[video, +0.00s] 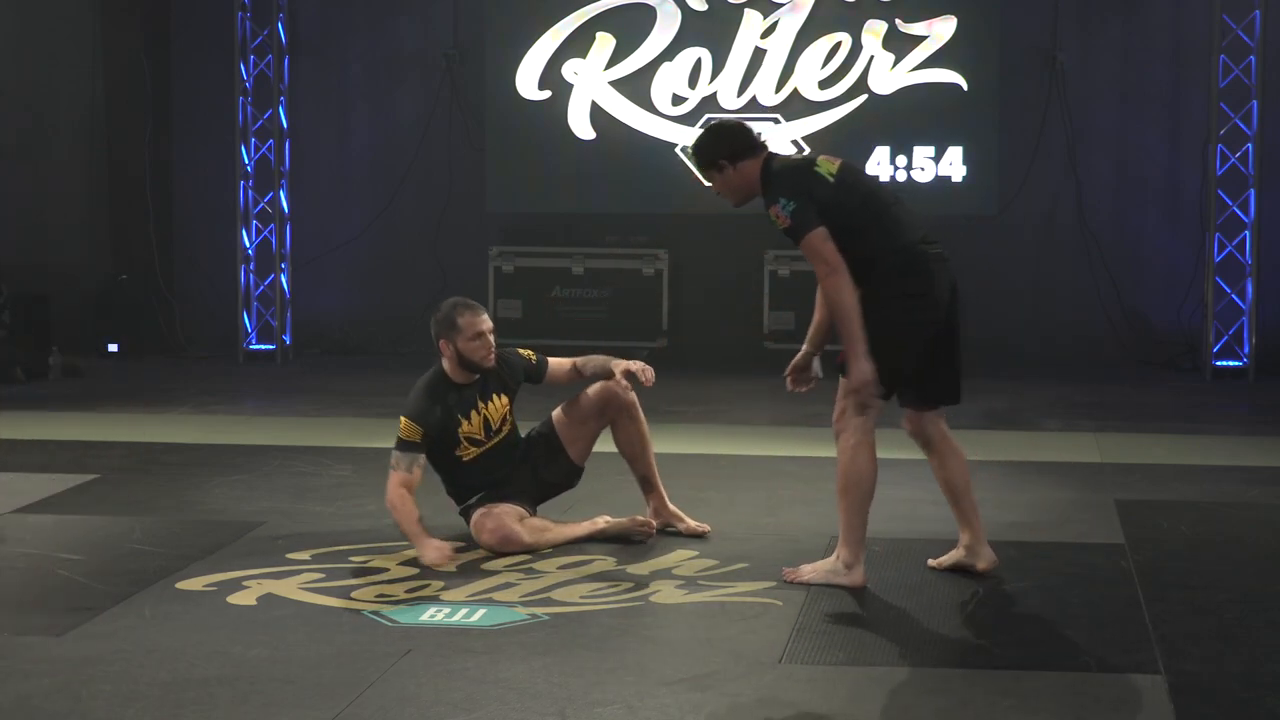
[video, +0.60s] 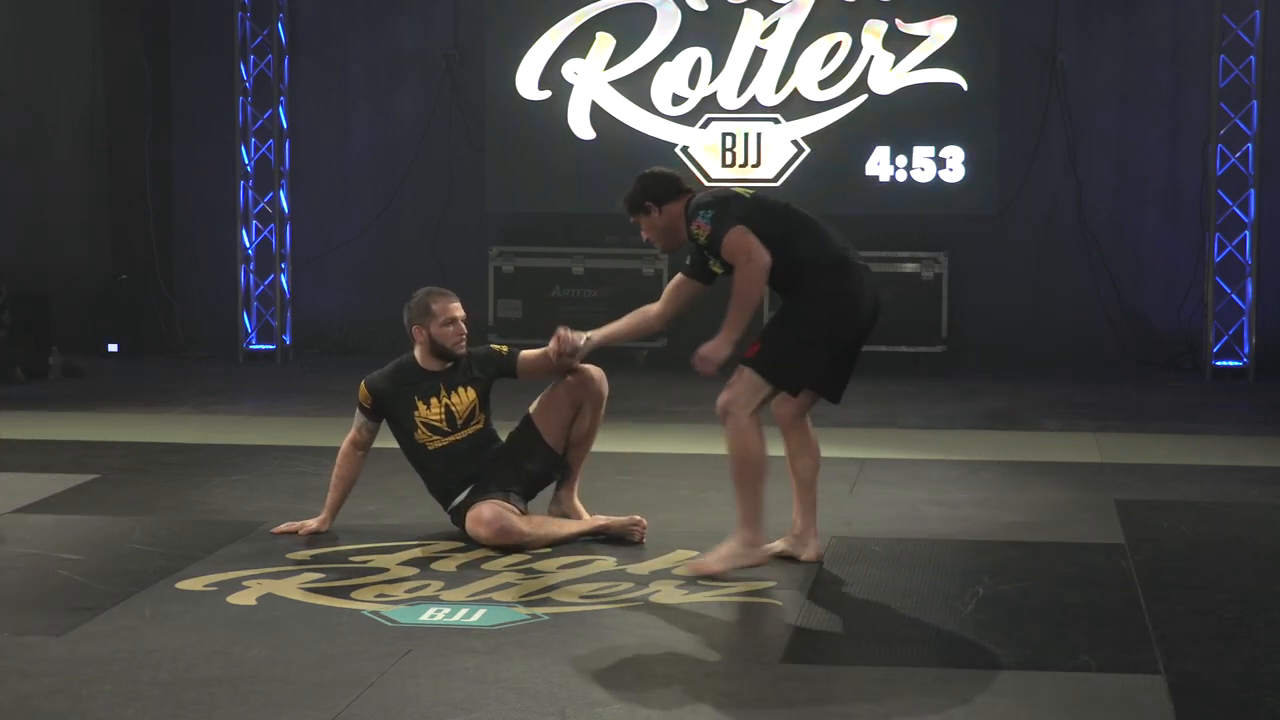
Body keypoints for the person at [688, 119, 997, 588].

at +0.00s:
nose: (717, 191)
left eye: (713, 180)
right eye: (712, 183)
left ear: (731, 166)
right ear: (751, 152)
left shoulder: (781, 188)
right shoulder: (806, 168)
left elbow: (835, 273)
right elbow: (833, 272)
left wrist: (858, 356)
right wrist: (811, 348)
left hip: (891, 294)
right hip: (932, 286)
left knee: (852, 417)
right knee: (923, 421)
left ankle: (847, 560)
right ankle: (975, 544)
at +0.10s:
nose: (702, 202)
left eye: (699, 189)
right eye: (696, 192)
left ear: (718, 175)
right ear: (736, 163)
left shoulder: (766, 196)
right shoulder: (785, 182)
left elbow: (807, 283)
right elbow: (820, 287)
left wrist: (801, 373)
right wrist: (782, 354)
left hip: (887, 290)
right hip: (915, 281)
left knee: (846, 422)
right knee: (886, 415)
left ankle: (847, 560)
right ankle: (942, 530)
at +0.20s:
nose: (691, 212)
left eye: (688, 199)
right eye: (685, 203)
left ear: (706, 184)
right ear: (718, 175)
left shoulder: (752, 202)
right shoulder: (767, 189)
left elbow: (792, 287)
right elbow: (789, 289)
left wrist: (781, 368)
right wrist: (740, 346)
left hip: (878, 285)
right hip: (903, 277)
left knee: (843, 422)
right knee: (861, 411)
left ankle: (847, 560)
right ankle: (877, 536)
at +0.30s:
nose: (680, 218)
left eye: (678, 206)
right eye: (674, 210)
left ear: (696, 192)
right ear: (703, 187)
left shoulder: (741, 205)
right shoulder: (746, 201)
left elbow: (784, 281)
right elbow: (745, 295)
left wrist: (782, 364)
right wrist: (686, 336)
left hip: (873, 282)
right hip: (880, 278)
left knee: (842, 414)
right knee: (839, 406)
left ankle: (848, 560)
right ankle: (818, 526)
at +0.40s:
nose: (666, 223)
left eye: (663, 211)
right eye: (661, 214)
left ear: (680, 197)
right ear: (689, 195)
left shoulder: (730, 206)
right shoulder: (732, 214)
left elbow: (781, 268)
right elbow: (696, 292)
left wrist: (781, 349)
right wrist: (640, 331)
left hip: (861, 290)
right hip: (863, 287)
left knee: (815, 419)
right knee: (825, 417)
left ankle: (845, 557)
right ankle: (808, 538)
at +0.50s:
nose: (653, 231)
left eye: (652, 219)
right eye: (649, 222)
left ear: (671, 204)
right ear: (675, 204)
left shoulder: (720, 209)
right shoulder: (717, 238)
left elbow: (776, 255)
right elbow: (668, 299)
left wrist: (766, 337)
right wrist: (600, 325)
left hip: (842, 295)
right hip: (859, 293)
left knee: (764, 409)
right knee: (803, 415)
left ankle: (824, 531)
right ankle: (806, 527)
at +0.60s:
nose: (643, 237)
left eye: (642, 224)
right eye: (639, 228)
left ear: (662, 208)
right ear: (665, 209)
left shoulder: (706, 212)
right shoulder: (708, 243)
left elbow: (755, 259)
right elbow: (659, 312)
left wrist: (726, 339)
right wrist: (592, 338)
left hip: (824, 298)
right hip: (851, 296)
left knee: (735, 405)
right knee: (791, 410)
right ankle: (804, 537)